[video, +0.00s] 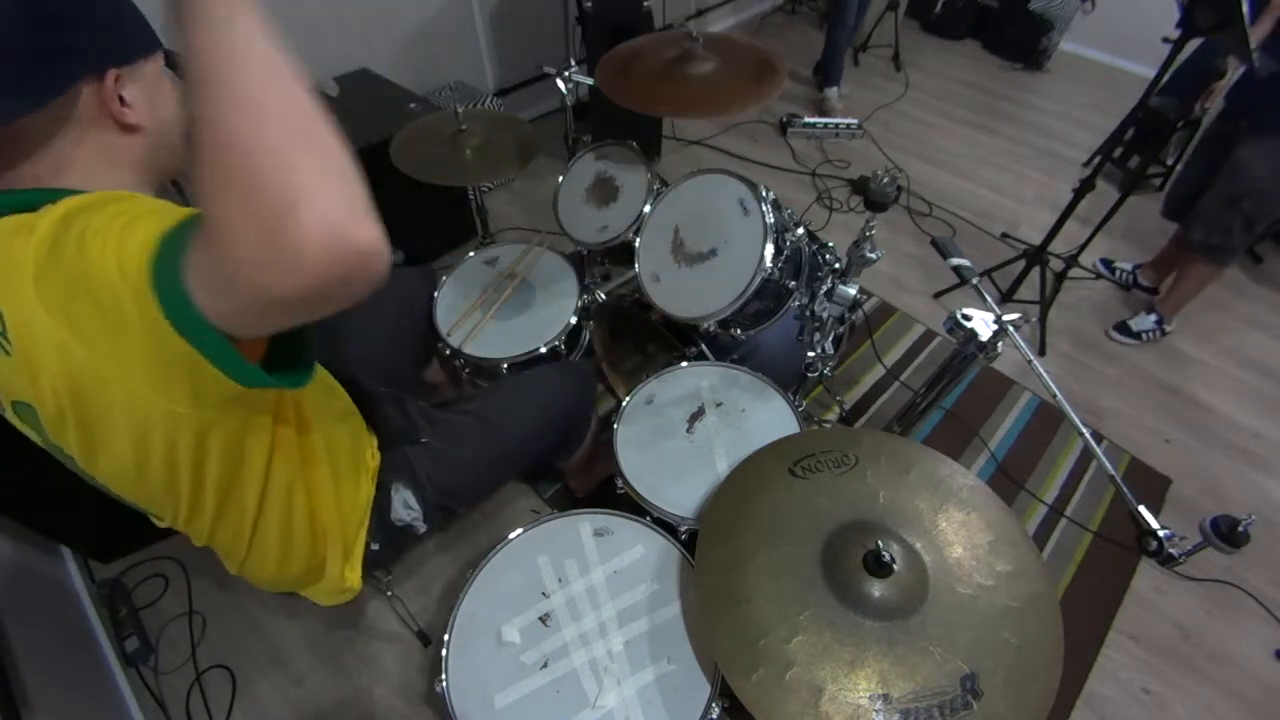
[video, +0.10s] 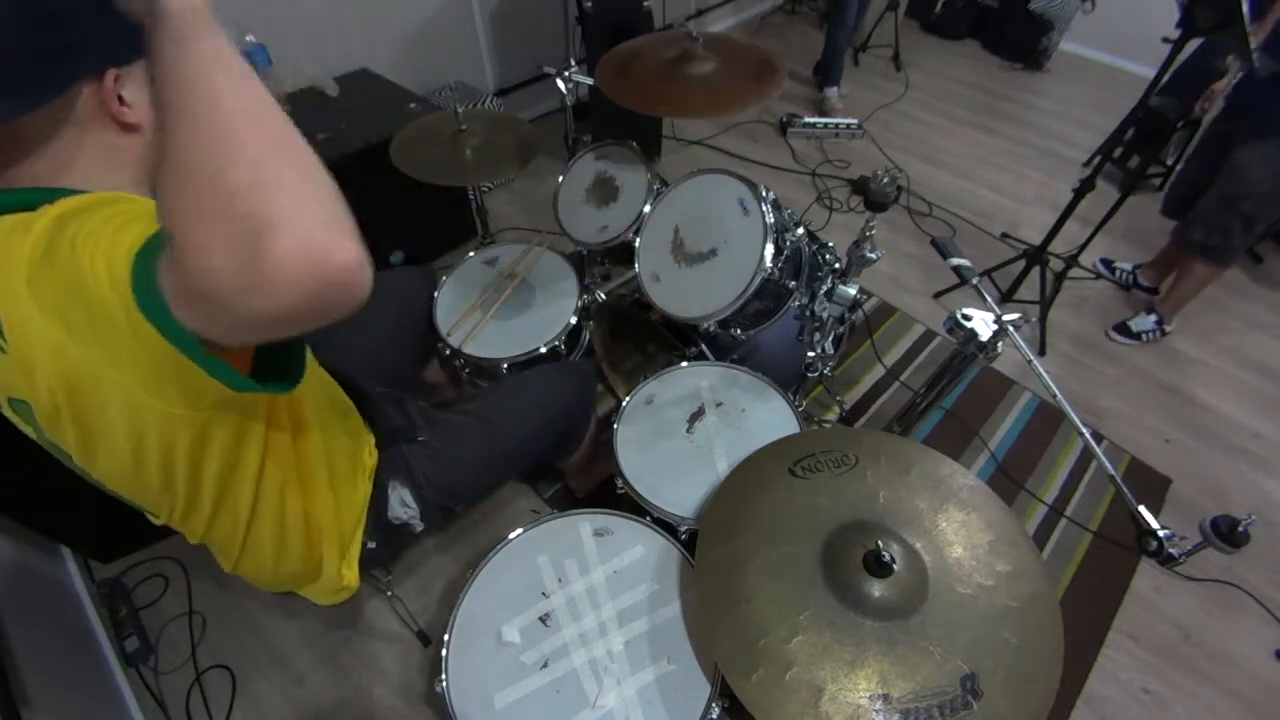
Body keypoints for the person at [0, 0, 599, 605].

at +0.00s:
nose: (183, 101)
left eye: (177, 74)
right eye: (170, 75)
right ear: (118, 98)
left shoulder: (25, 238)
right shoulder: (98, 253)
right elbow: (333, 250)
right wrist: (212, 0)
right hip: (347, 508)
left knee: (420, 280)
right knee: (569, 378)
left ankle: (420, 396)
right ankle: (582, 476)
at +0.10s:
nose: (192, 99)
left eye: (202, 70)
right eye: (176, 77)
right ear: (122, 97)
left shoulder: (29, 231)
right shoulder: (82, 255)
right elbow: (314, 268)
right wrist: (176, 9)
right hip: (341, 505)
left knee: (433, 282)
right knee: (568, 377)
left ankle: (421, 393)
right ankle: (581, 477)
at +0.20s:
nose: (189, 102)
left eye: (183, 75)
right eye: (177, 76)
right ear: (119, 102)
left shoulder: (29, 225)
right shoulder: (75, 252)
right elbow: (296, 307)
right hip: (340, 505)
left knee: (416, 282)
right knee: (568, 376)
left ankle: (422, 396)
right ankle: (579, 479)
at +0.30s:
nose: (181, 110)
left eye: (175, 88)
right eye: (168, 88)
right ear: (110, 109)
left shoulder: (27, 221)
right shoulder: (67, 246)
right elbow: (281, 302)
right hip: (337, 507)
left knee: (415, 286)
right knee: (568, 375)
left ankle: (419, 402)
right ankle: (577, 475)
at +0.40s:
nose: (176, 129)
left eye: (173, 105)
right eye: (165, 106)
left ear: (83, 124)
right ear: (92, 122)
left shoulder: (29, 233)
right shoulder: (61, 249)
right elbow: (285, 242)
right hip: (338, 506)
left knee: (417, 284)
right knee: (565, 372)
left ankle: (419, 394)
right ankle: (575, 472)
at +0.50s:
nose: (172, 154)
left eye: (172, 128)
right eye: (163, 127)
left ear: (66, 132)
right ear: (76, 134)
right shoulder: (62, 250)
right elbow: (270, 199)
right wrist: (614, 17)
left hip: (268, 410)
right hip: (343, 509)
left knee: (408, 283)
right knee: (564, 371)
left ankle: (427, 389)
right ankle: (581, 468)